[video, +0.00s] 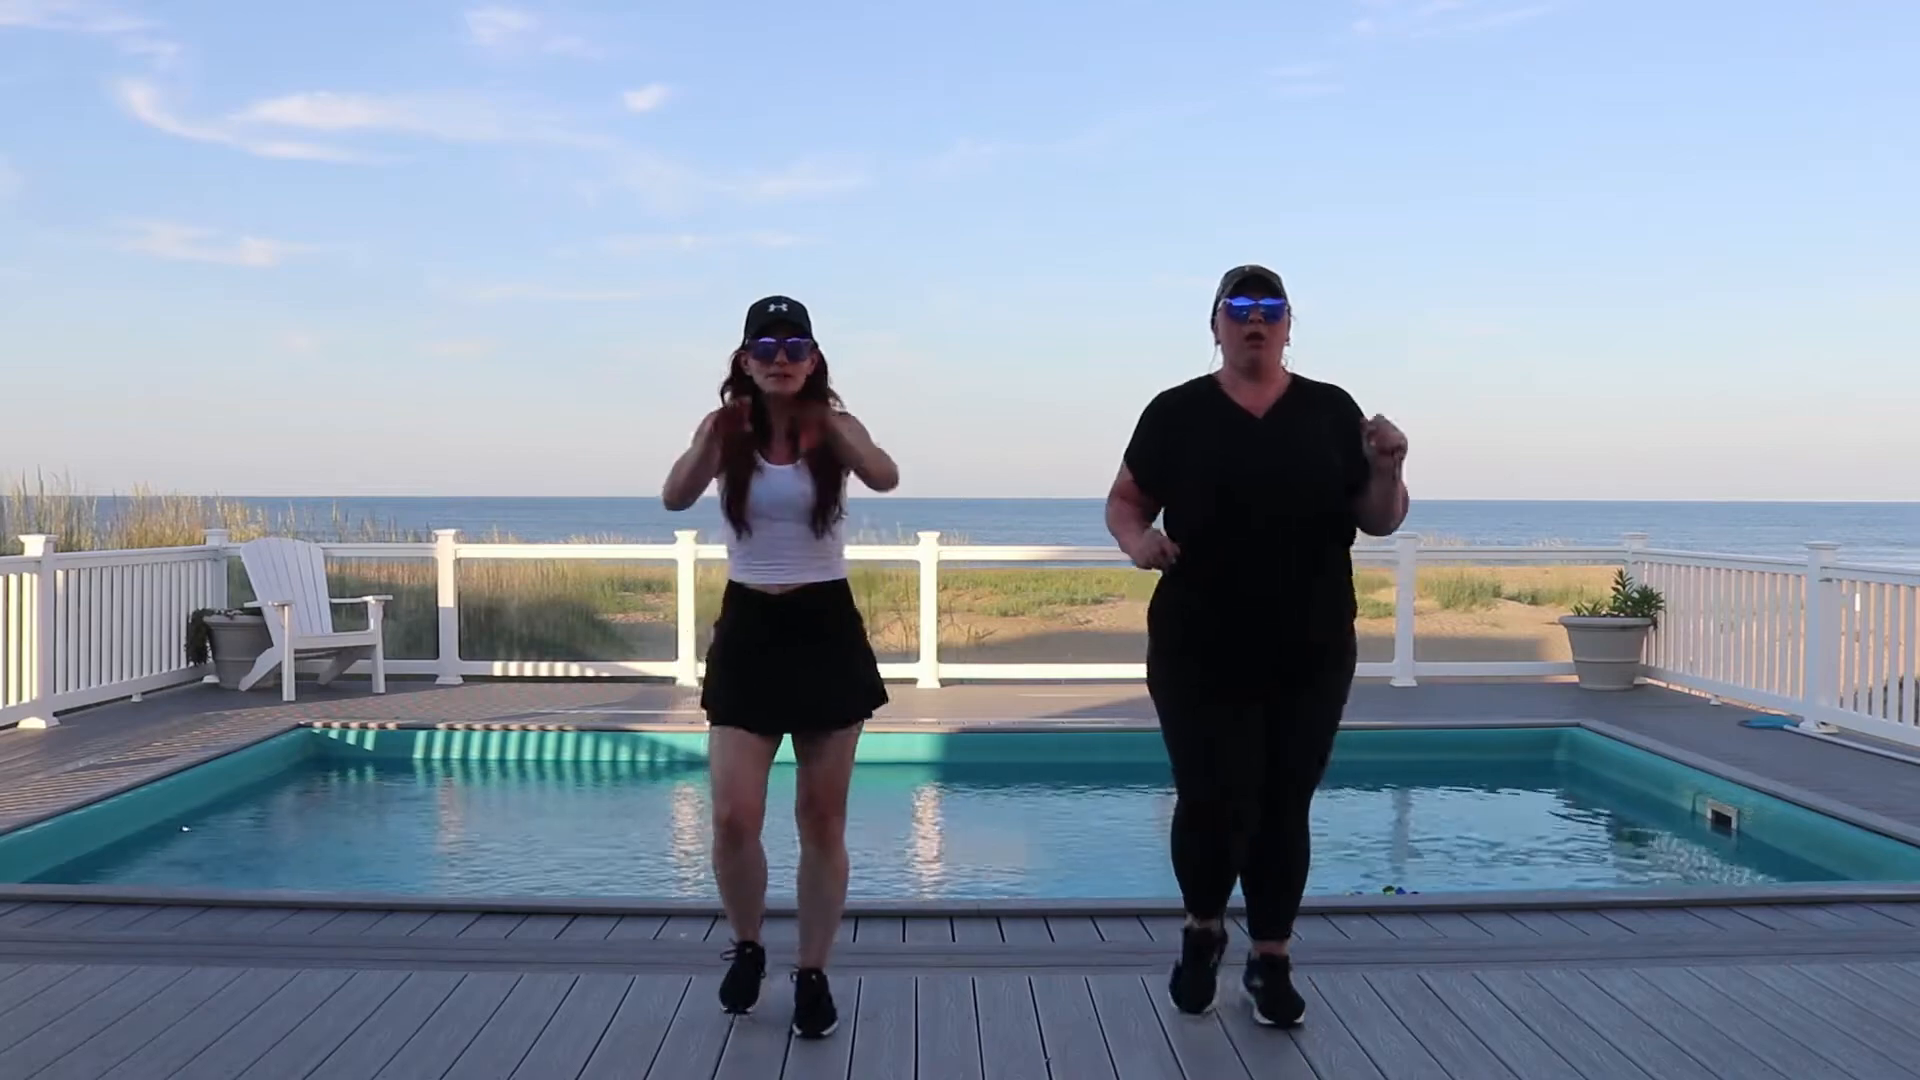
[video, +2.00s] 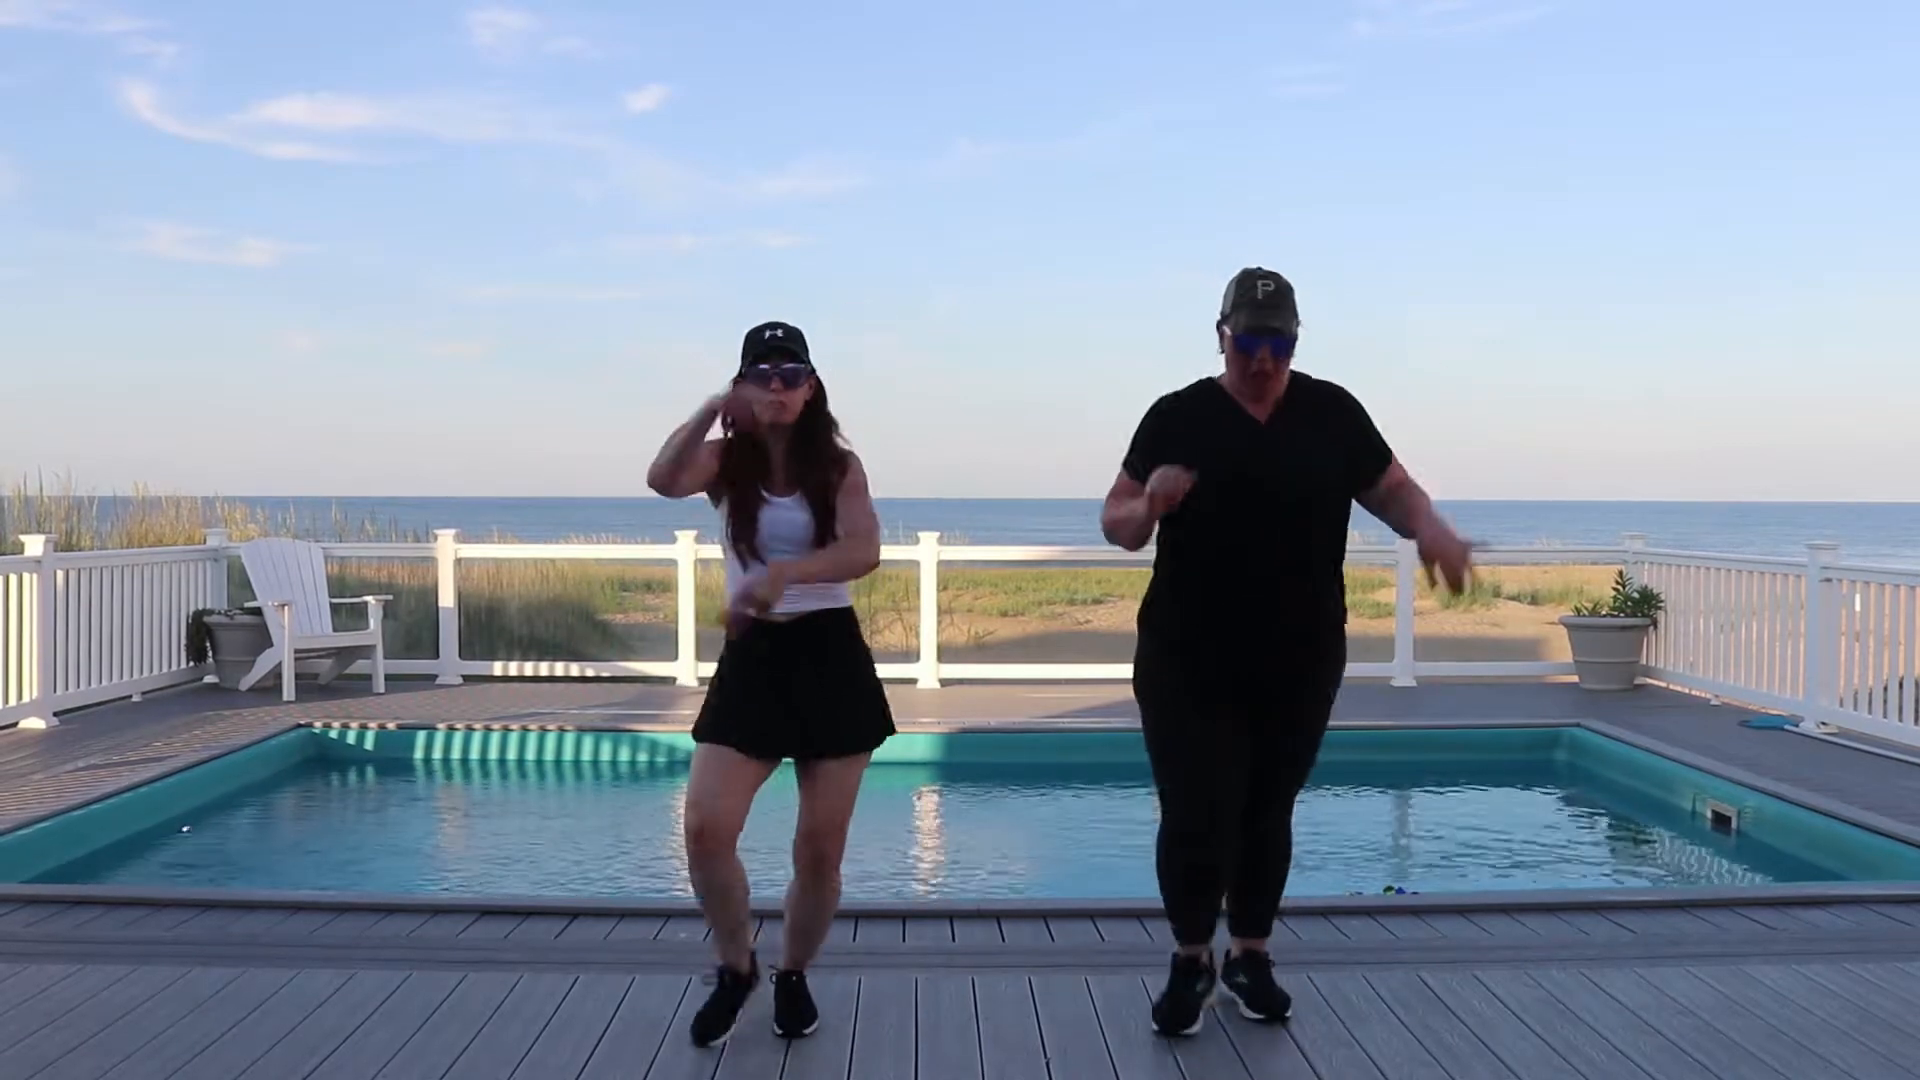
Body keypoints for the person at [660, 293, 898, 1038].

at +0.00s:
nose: (782, 360)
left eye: (795, 349)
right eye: (767, 349)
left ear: (813, 357)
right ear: (745, 358)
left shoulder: (832, 423)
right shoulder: (726, 428)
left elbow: (884, 476)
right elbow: (676, 498)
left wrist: (835, 425)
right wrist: (710, 442)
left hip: (827, 628)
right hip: (749, 628)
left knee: (821, 817)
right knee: (733, 820)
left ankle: (812, 973)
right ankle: (747, 946)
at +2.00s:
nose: (781, 390)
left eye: (794, 377)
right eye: (765, 377)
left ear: (813, 386)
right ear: (743, 388)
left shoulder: (836, 461)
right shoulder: (728, 457)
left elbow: (863, 552)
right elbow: (666, 479)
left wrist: (783, 570)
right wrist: (714, 407)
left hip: (832, 657)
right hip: (753, 658)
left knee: (820, 850)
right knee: (705, 829)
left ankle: (793, 974)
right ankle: (737, 969)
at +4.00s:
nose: (758, 367)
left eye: (773, 355)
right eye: (743, 356)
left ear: (797, 368)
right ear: (723, 370)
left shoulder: (822, 441)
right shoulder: (706, 443)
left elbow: (850, 531)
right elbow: (675, 525)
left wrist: (745, 544)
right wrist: (677, 412)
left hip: (830, 648)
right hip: (746, 653)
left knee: (846, 848)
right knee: (740, 843)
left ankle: (803, 961)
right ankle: (768, 1022)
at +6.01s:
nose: (745, 384)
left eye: (760, 371)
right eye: (731, 372)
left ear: (784, 379)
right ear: (710, 383)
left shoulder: (811, 447)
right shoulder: (697, 462)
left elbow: (836, 539)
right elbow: (659, 552)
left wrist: (728, 556)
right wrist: (661, 445)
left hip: (829, 654)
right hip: (745, 658)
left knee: (836, 845)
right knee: (736, 837)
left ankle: (815, 954)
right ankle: (751, 1017)